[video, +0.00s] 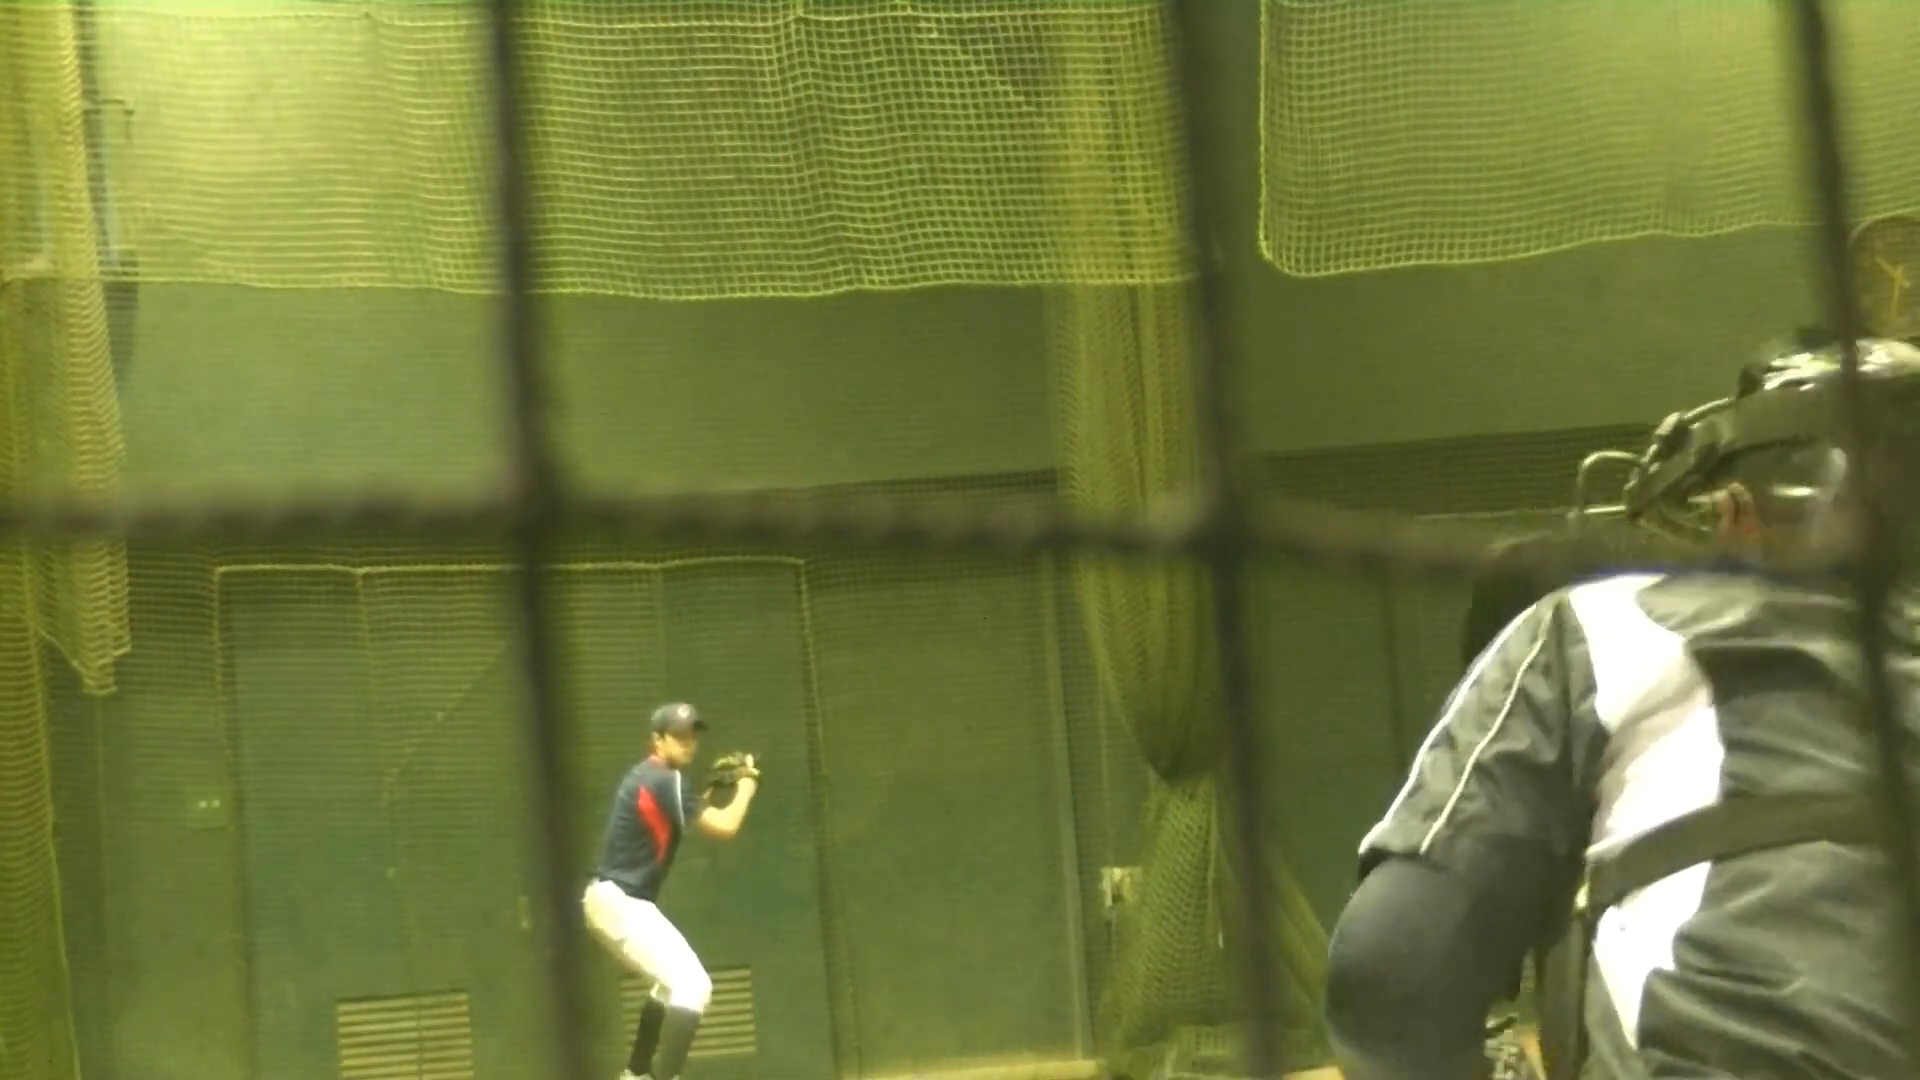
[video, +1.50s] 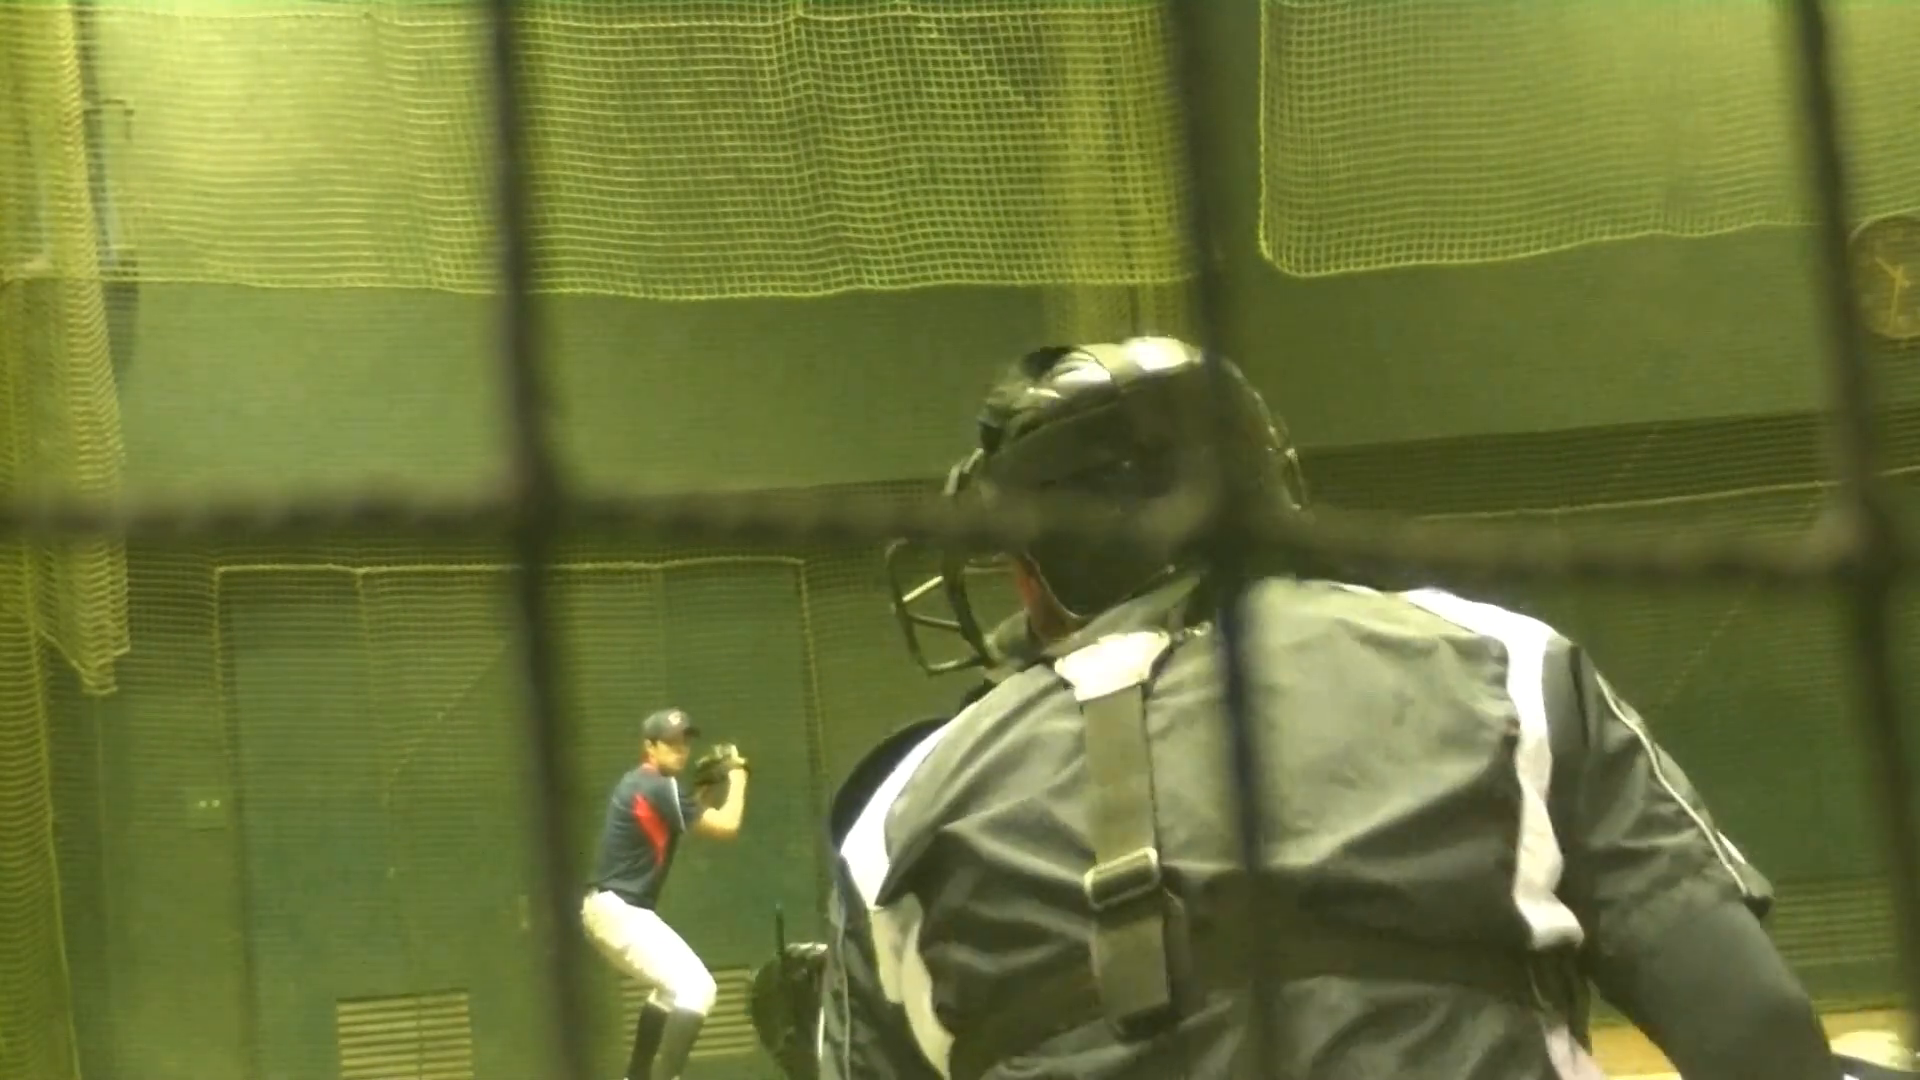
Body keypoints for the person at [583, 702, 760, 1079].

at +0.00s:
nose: (690, 743)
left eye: (692, 735)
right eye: (681, 736)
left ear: (694, 737)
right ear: (658, 739)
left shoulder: (643, 775)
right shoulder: (662, 780)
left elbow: (686, 815)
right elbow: (724, 826)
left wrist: (716, 787)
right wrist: (747, 784)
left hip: (607, 897)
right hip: (621, 901)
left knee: (671, 978)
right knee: (693, 985)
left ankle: (637, 1069)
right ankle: (665, 1073)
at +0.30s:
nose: (688, 749)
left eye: (690, 741)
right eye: (681, 741)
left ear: (658, 744)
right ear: (656, 741)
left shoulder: (639, 777)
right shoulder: (664, 782)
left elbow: (688, 817)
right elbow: (725, 828)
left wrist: (718, 785)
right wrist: (747, 784)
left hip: (604, 902)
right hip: (625, 905)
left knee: (664, 985)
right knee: (695, 988)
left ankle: (640, 1073)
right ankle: (666, 1073)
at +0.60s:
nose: (689, 745)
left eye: (691, 736)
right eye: (682, 737)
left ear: (657, 741)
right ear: (658, 739)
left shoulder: (638, 774)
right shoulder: (664, 779)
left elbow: (679, 821)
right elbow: (732, 818)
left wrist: (711, 786)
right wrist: (744, 772)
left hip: (605, 900)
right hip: (623, 903)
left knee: (667, 987)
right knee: (695, 988)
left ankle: (636, 1072)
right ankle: (668, 1072)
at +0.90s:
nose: (685, 746)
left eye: (687, 738)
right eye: (677, 739)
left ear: (656, 743)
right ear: (653, 741)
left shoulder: (639, 776)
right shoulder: (659, 782)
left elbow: (697, 801)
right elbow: (721, 833)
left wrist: (721, 766)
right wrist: (748, 782)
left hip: (603, 901)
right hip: (620, 905)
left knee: (665, 986)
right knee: (693, 989)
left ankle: (635, 1071)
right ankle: (666, 1072)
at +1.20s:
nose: (683, 751)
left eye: (685, 743)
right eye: (674, 744)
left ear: (686, 743)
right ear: (651, 745)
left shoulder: (636, 780)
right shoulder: (657, 787)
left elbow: (686, 813)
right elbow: (721, 832)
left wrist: (718, 781)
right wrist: (743, 784)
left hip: (604, 905)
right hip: (620, 909)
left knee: (670, 985)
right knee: (695, 989)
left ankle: (639, 1071)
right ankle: (668, 1072)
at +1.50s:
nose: (683, 751)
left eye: (685, 743)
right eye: (674, 743)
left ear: (686, 743)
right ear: (651, 746)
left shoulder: (637, 782)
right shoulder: (656, 787)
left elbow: (683, 817)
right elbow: (726, 824)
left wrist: (710, 787)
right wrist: (738, 776)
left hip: (606, 907)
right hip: (619, 909)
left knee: (671, 985)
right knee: (698, 989)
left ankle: (638, 1073)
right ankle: (669, 1073)